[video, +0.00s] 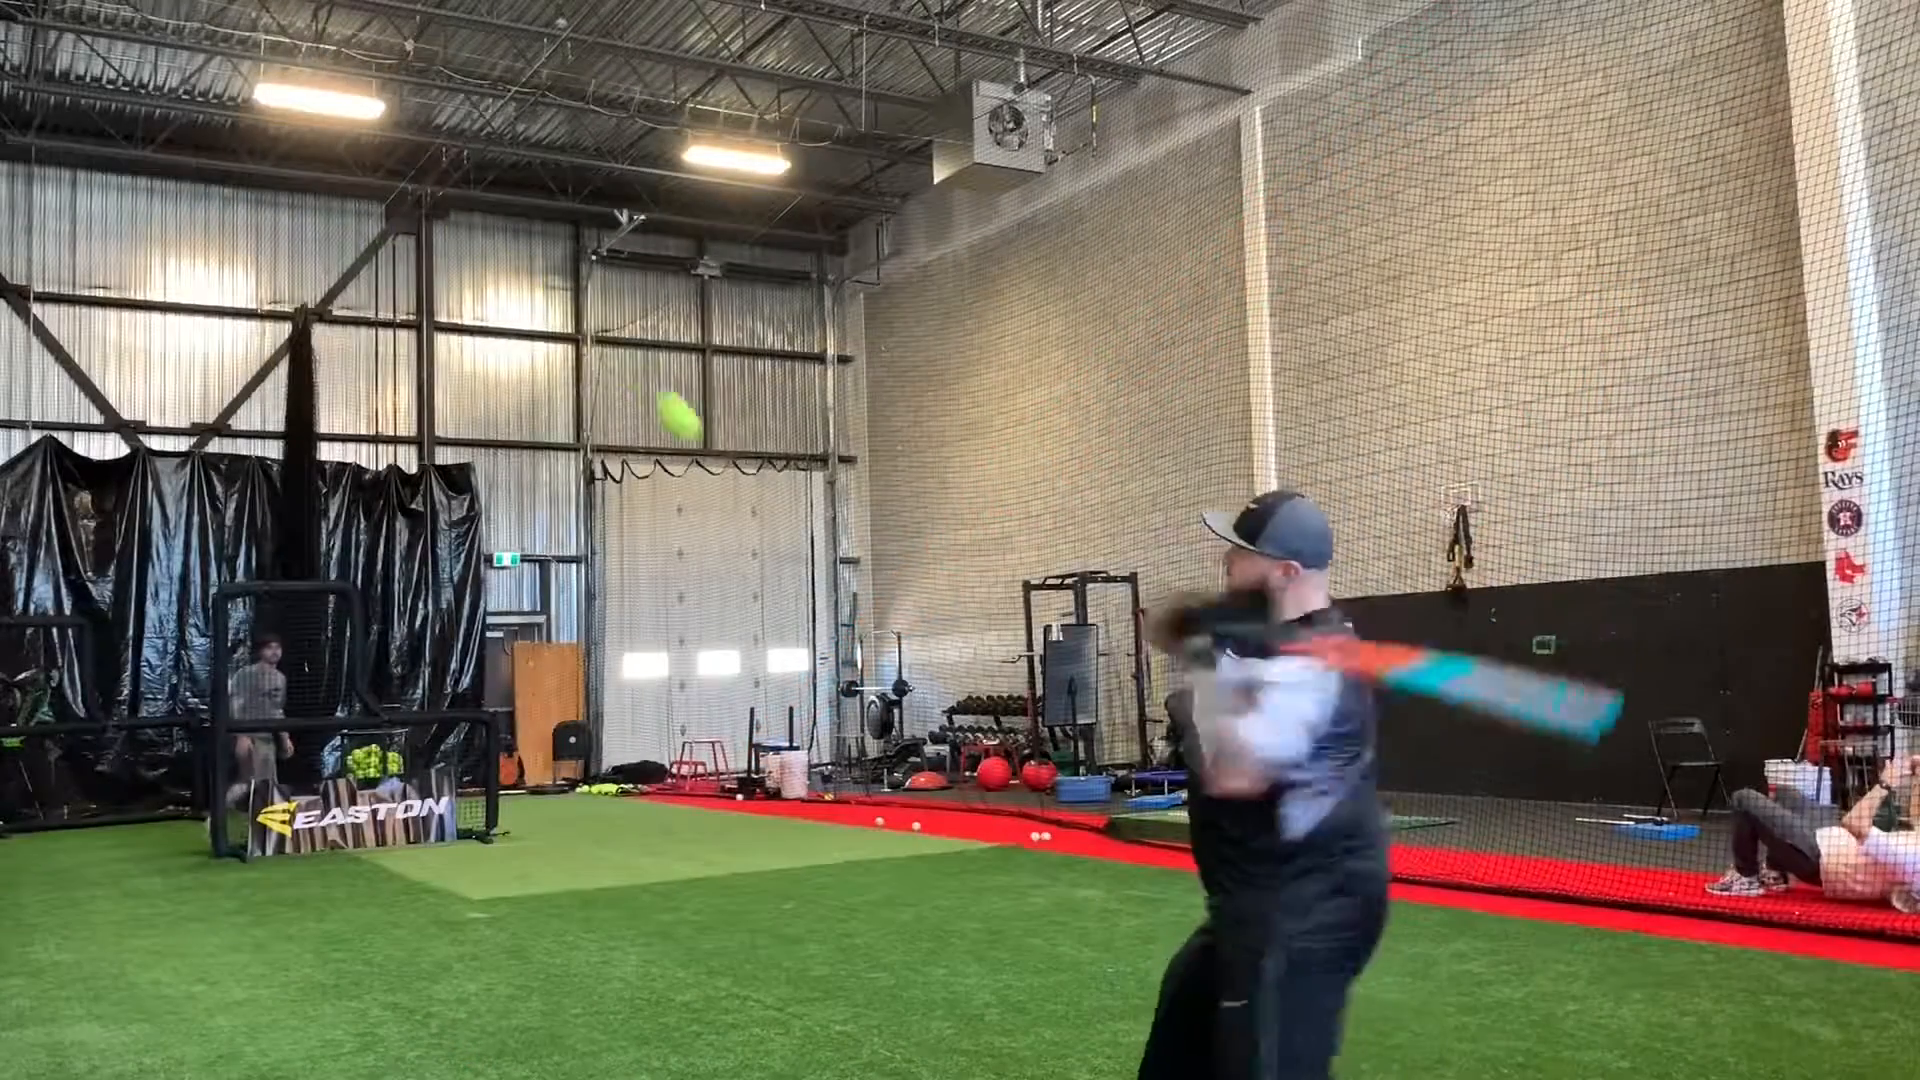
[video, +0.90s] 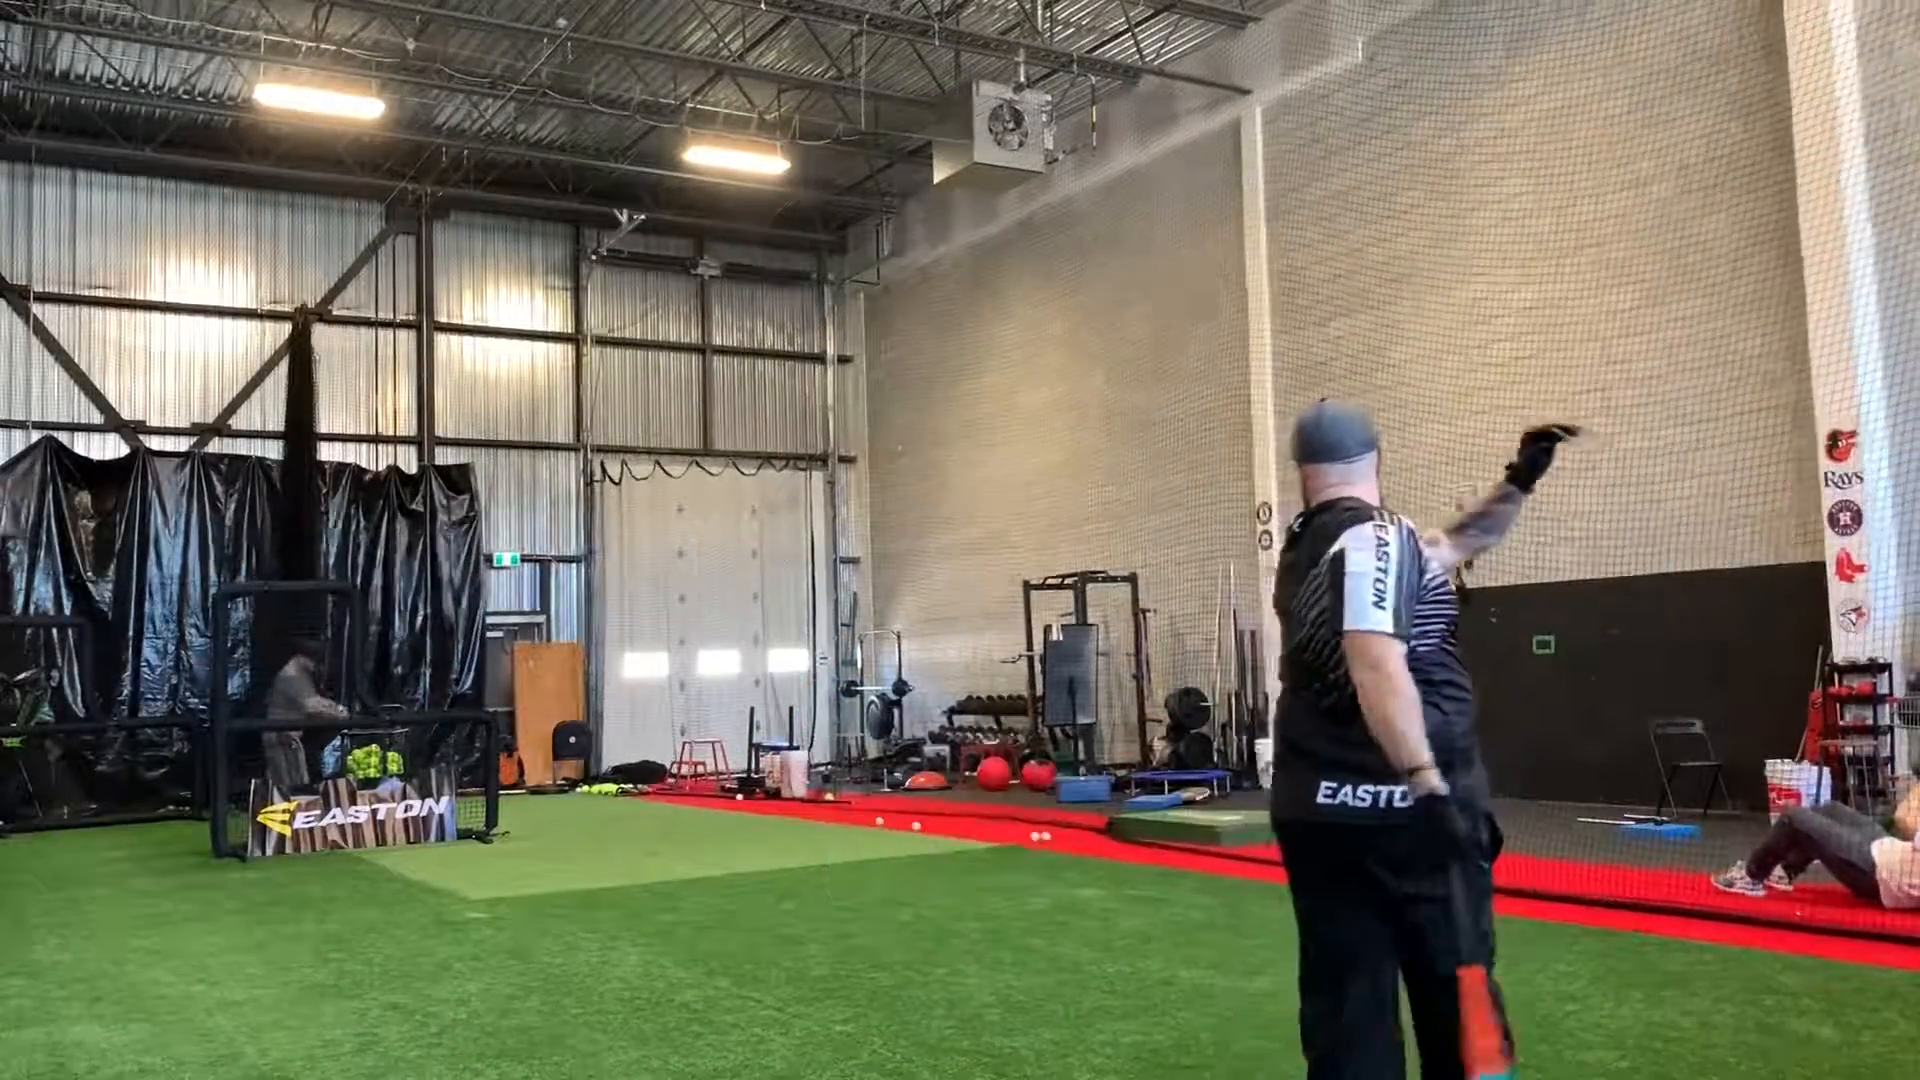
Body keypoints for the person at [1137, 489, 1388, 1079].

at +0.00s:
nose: (1228, 559)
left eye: (1241, 550)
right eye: (1233, 548)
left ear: (1286, 570)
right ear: (1285, 570)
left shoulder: (1311, 661)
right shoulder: (1264, 633)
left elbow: (1233, 771)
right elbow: (1160, 630)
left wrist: (1202, 678)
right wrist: (1206, 620)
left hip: (1312, 896)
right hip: (1274, 886)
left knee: (1273, 1055)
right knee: (1189, 995)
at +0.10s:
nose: (1229, 554)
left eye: (1235, 542)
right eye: (1230, 541)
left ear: (1265, 553)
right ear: (1316, 542)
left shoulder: (1224, 646)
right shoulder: (1365, 610)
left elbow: (1143, 697)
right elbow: (1241, 618)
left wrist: (1086, 659)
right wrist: (1138, 630)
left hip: (1254, 892)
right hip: (1348, 885)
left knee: (1237, 1062)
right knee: (1197, 1047)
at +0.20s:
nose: (1186, 555)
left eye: (1186, 543)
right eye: (1184, 542)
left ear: (1200, 551)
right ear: (1269, 531)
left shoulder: (1180, 623)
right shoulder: (1344, 575)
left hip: (1245, 876)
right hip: (1349, 868)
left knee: (1213, 1054)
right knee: (1260, 1045)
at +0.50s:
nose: (1240, 517)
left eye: (1239, 506)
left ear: (1245, 512)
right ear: (1317, 495)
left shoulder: (1238, 593)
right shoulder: (1356, 541)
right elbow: (1383, 605)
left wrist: (1381, 508)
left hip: (1276, 850)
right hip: (1380, 846)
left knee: (1288, 1044)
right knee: (1323, 1038)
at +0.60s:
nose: (1254, 508)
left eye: (1254, 496)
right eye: (1255, 495)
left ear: (1263, 503)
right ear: (1333, 485)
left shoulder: (1256, 577)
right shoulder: (1360, 544)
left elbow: (1376, 544)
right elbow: (1353, 637)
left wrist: (1421, 483)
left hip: (1288, 842)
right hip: (1390, 839)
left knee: (1300, 1042)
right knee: (1352, 1039)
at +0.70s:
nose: (1271, 492)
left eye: (1269, 481)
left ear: (1271, 488)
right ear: (1346, 476)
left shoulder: (1279, 560)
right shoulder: (1357, 548)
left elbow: (1405, 550)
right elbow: (1352, 668)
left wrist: (1456, 479)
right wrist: (1337, 786)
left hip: (1294, 832)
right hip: (1380, 832)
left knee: (1312, 1036)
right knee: (1376, 1037)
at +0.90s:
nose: (1380, 466)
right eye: (1378, 457)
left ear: (1301, 470)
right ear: (1375, 461)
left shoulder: (1306, 547)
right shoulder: (1377, 540)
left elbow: (1452, 544)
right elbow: (1377, 667)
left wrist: (1518, 481)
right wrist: (1431, 787)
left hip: (1320, 813)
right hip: (1410, 813)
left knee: (1346, 1014)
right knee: (1460, 1010)